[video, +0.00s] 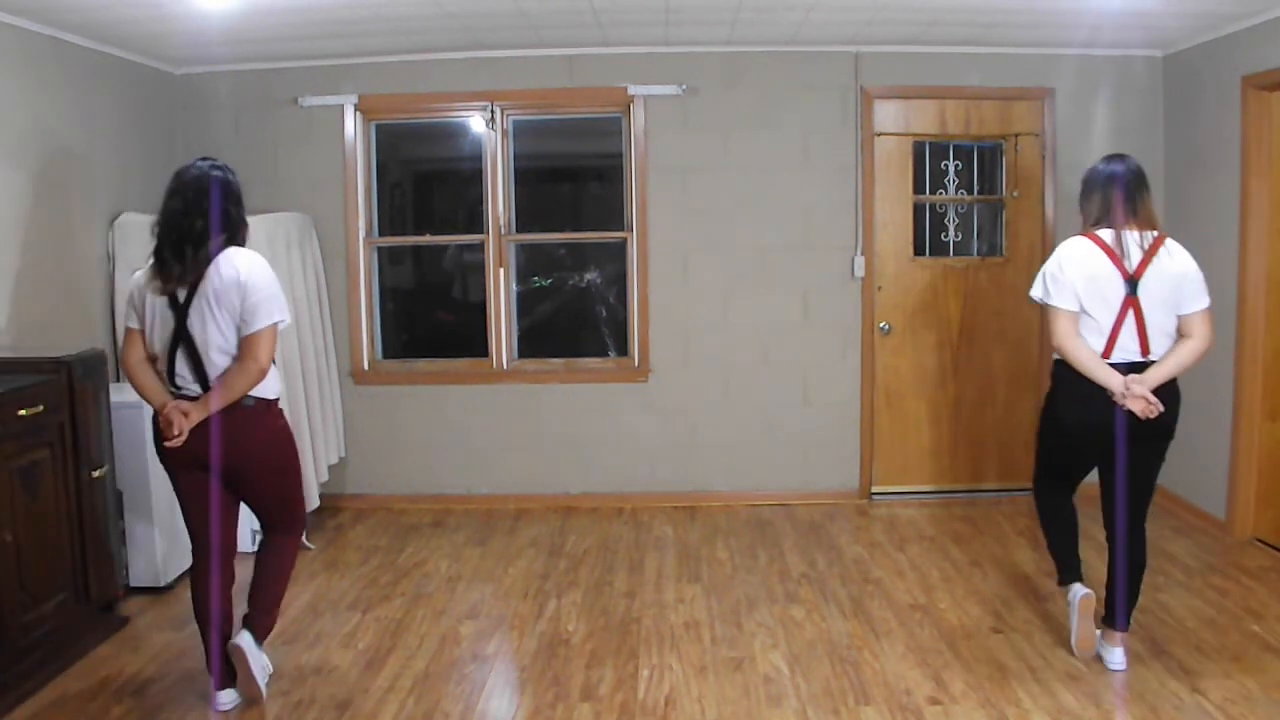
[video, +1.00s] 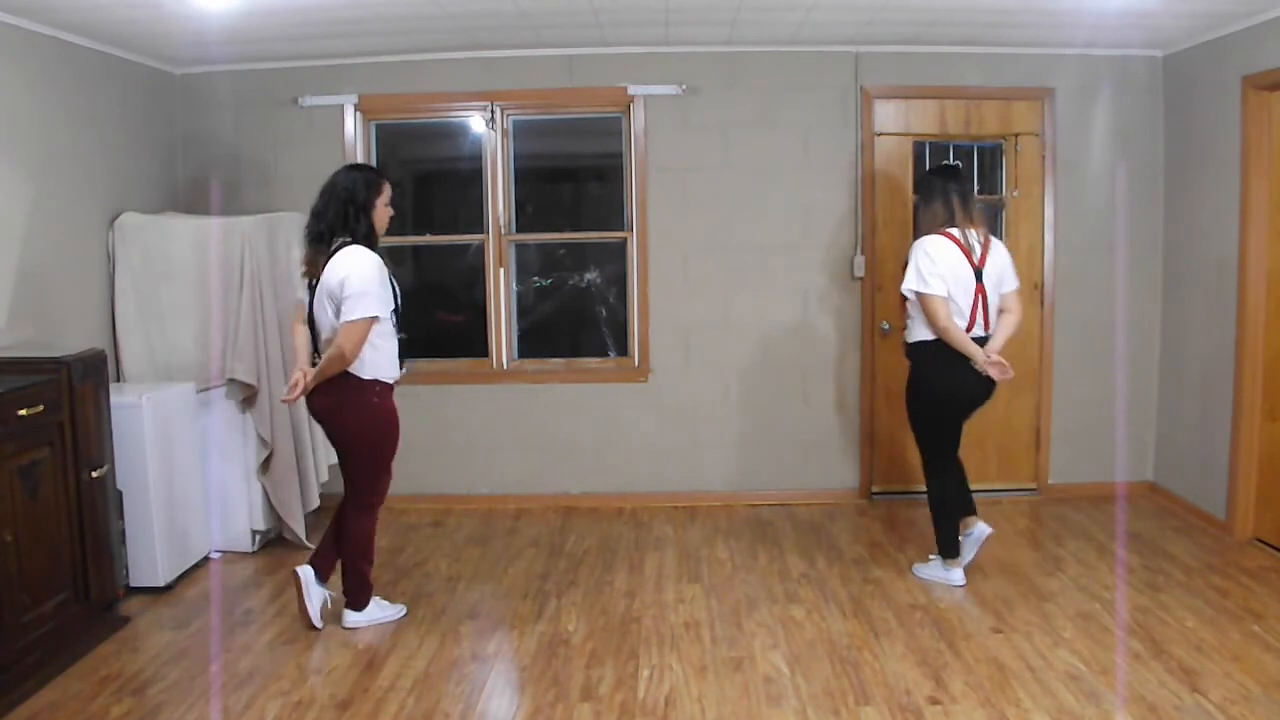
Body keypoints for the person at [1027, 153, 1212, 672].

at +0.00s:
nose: (1092, 204)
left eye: (1091, 195)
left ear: (1090, 198)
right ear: (1143, 197)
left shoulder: (1072, 255)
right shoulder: (1176, 256)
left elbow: (1065, 340)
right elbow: (1199, 337)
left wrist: (1118, 384)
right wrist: (1145, 382)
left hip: (1084, 397)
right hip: (1154, 398)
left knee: (1054, 484)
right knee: (1129, 517)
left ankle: (1073, 585)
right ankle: (1117, 637)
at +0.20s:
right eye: (1118, 196)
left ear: (1067, 203)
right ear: (1120, 201)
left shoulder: (1051, 257)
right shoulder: (1152, 258)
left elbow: (1044, 338)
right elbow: (1176, 336)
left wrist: (1097, 380)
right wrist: (1125, 376)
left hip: (1065, 396)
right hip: (1132, 396)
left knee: (1037, 476)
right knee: (1116, 513)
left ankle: (1059, 579)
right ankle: (1115, 635)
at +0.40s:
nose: (1029, 222)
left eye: (1030, 214)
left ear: (1036, 216)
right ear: (1084, 213)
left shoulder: (1022, 268)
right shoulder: (1118, 268)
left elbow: (1018, 345)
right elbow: (1141, 342)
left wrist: (1071, 388)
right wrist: (1089, 382)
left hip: (1034, 398)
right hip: (1099, 402)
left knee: (1007, 482)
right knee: (1097, 518)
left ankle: (984, 564)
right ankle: (1111, 634)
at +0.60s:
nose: (980, 223)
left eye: (981, 215)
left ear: (985, 219)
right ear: (1031, 217)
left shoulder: (974, 270)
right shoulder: (1063, 267)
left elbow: (973, 342)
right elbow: (1085, 335)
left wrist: (1021, 383)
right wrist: (1043, 379)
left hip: (989, 389)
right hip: (1051, 389)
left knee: (968, 480)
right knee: (1053, 498)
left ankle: (952, 563)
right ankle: (1094, 595)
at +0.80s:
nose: (941, 212)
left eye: (943, 205)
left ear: (949, 207)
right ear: (992, 204)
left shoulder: (940, 255)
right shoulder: (1022, 251)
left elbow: (941, 326)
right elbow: (1042, 319)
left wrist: (986, 362)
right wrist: (1007, 359)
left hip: (952, 374)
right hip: (1008, 375)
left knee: (950, 470)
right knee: (989, 461)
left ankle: (949, 563)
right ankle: (1021, 534)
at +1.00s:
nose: (920, 210)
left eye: (922, 204)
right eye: (921, 204)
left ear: (930, 205)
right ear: (967, 202)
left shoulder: (927, 249)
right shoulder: (995, 248)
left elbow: (941, 322)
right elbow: (1012, 311)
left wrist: (980, 357)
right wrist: (990, 351)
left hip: (936, 366)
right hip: (980, 368)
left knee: (938, 458)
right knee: (943, 443)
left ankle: (949, 560)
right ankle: (969, 520)